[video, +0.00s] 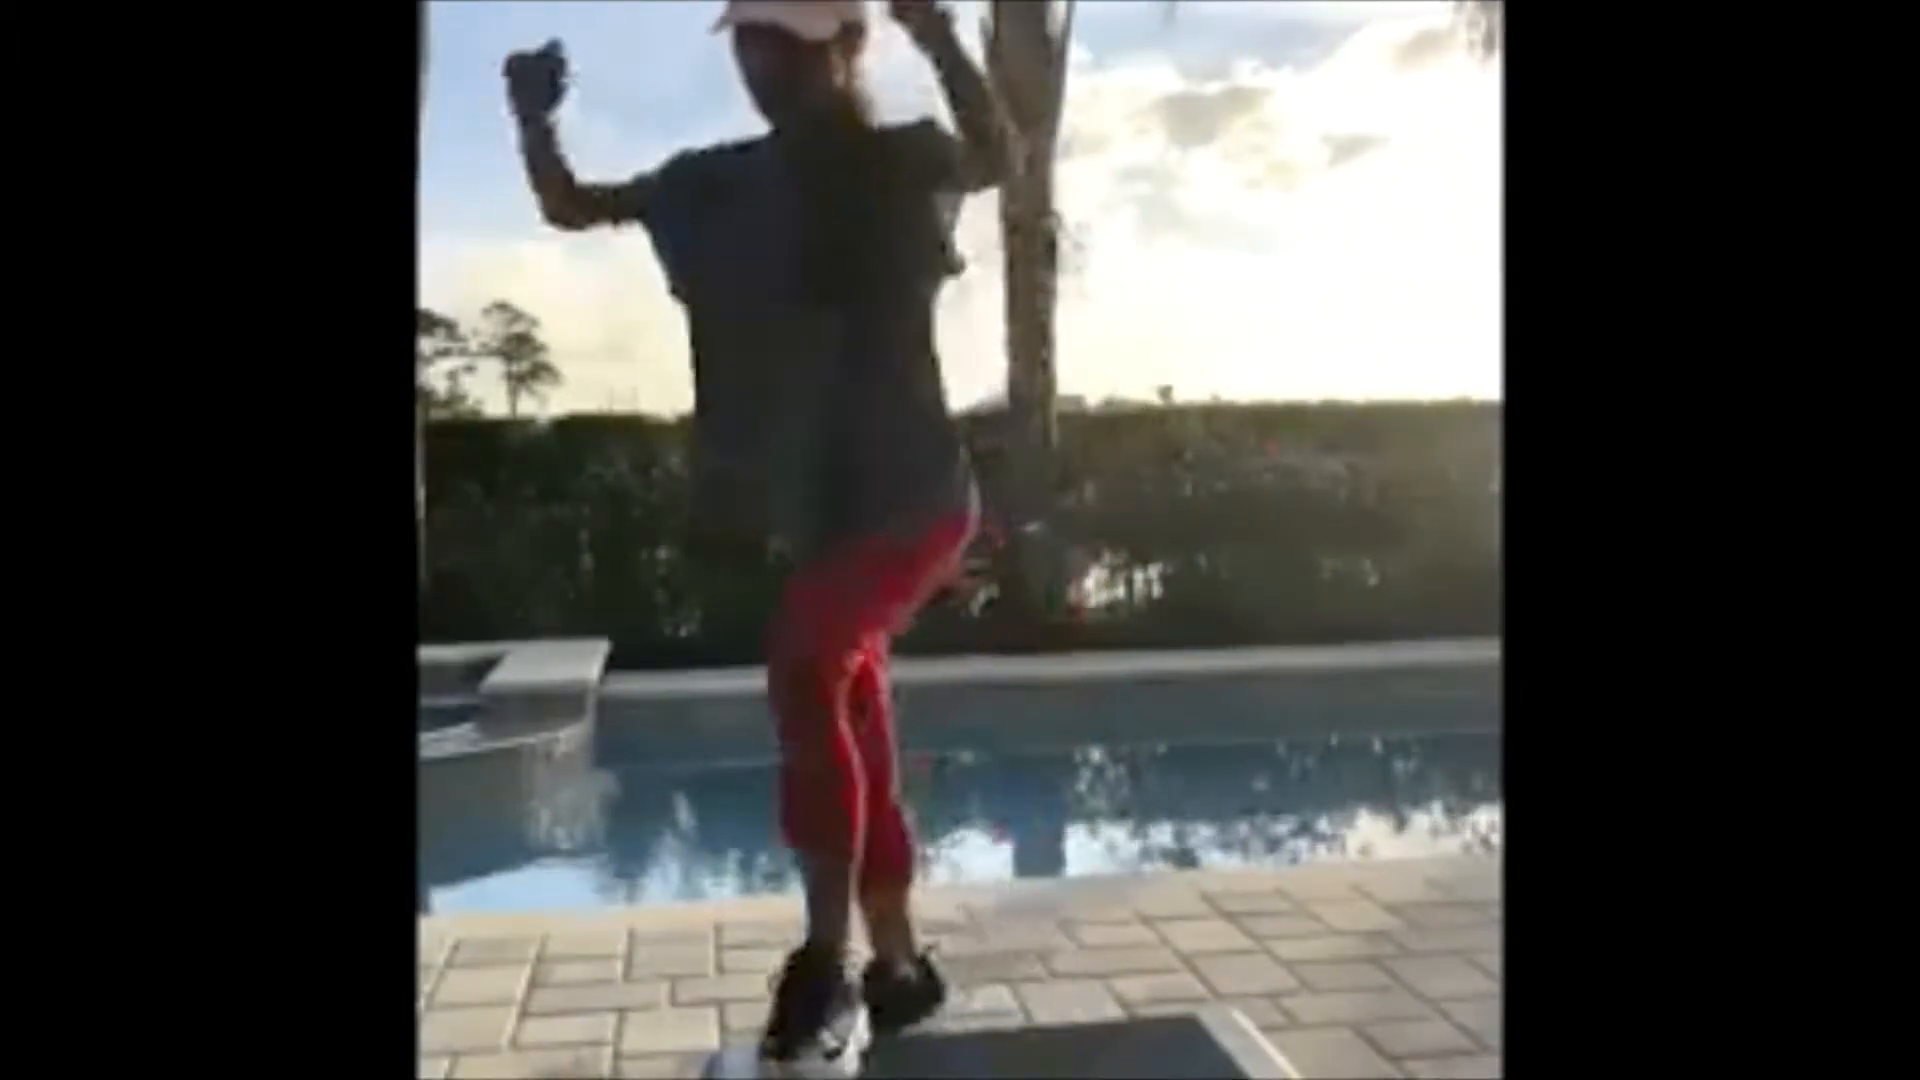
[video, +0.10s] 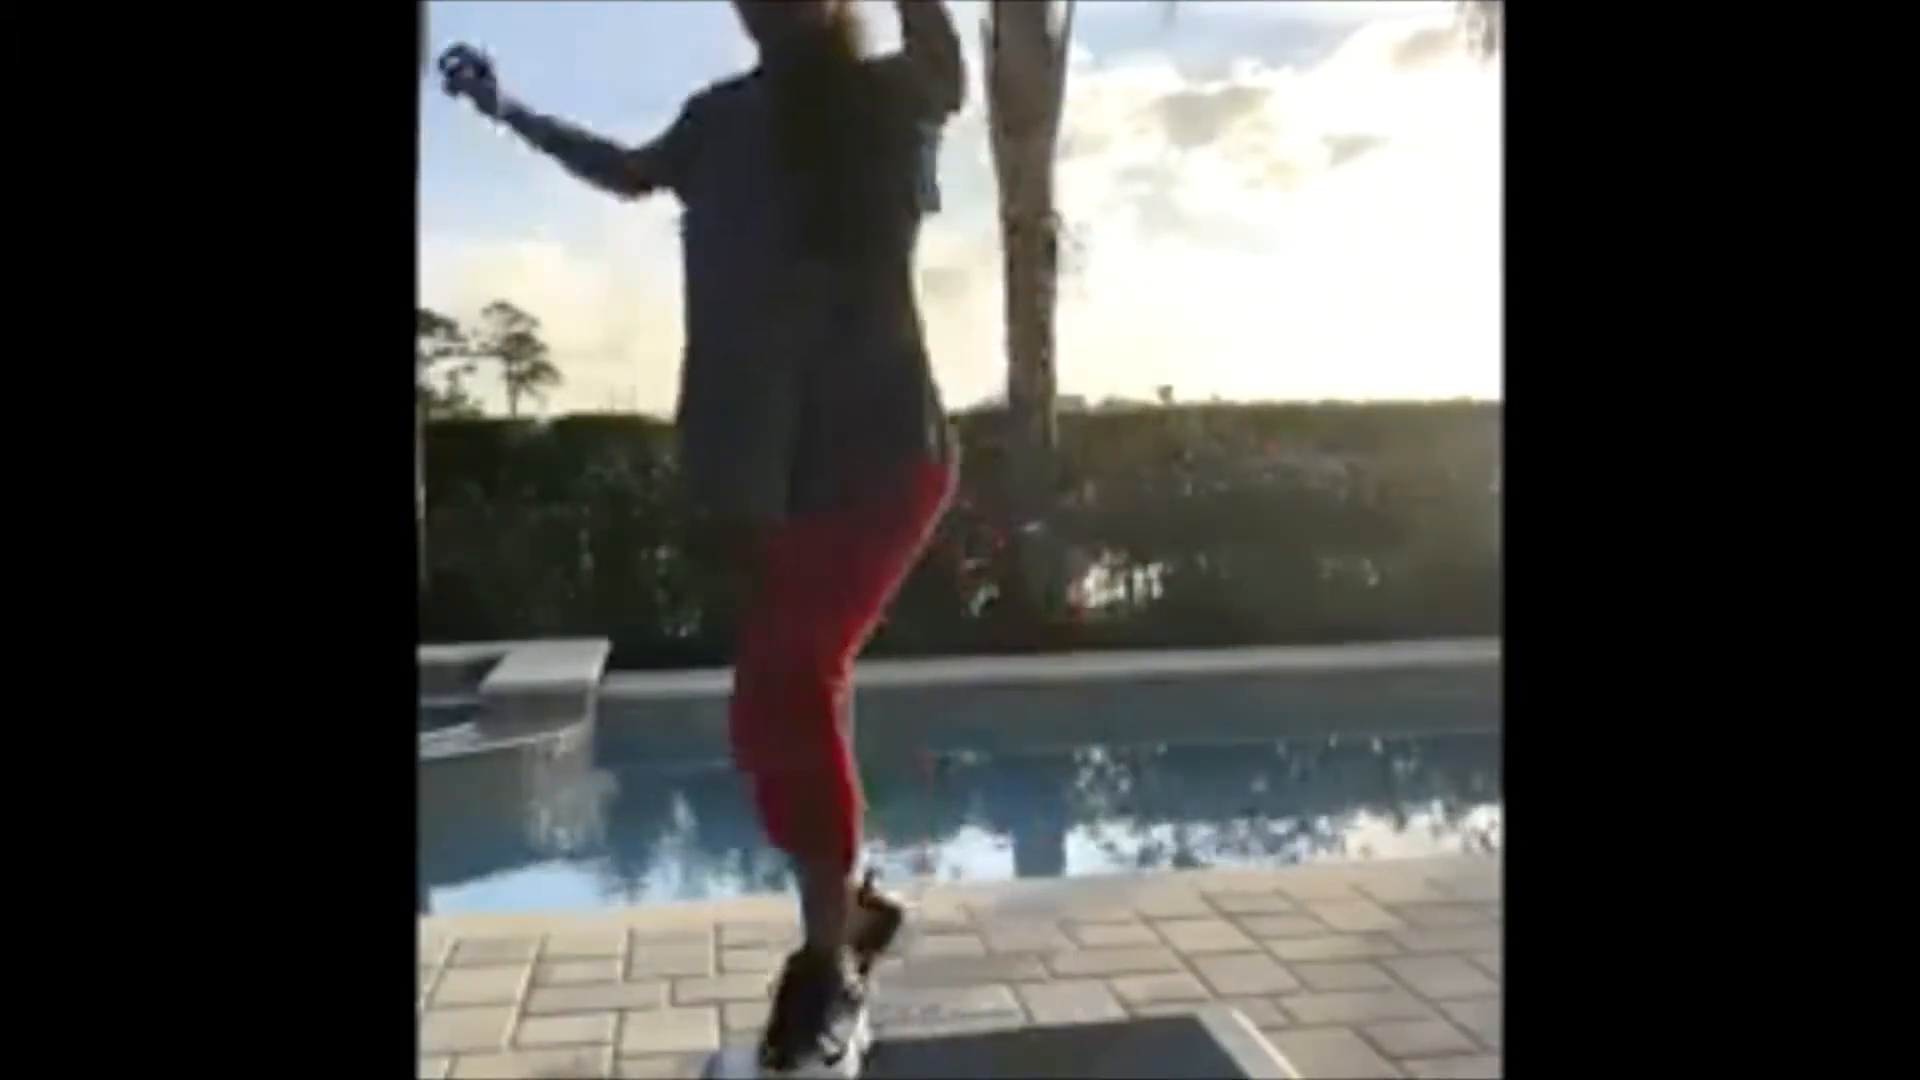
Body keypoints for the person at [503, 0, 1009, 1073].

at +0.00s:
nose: (762, 62)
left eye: (782, 39)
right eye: (748, 42)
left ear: (837, 45)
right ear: (738, 52)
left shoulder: (903, 157)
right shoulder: (713, 178)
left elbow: (1001, 152)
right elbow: (570, 206)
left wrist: (937, 34)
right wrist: (535, 114)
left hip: (915, 494)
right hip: (800, 503)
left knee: (806, 655)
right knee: (856, 722)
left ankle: (826, 961)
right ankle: (897, 961)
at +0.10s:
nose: (770, 11)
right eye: (756, 2)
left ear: (833, 2)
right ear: (743, 14)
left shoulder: (883, 90)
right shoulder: (720, 110)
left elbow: (946, 74)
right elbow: (630, 170)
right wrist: (502, 105)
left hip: (882, 440)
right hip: (755, 450)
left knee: (803, 672)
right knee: (765, 699)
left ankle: (826, 967)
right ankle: (850, 903)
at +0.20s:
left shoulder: (856, 33)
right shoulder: (729, 63)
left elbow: (871, 169)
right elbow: (712, 179)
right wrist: (551, 178)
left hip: (866, 406)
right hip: (751, 405)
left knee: (816, 661)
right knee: (648, 599)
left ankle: (825, 972)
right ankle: (760, 790)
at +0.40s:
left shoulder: (771, 33)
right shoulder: (731, 51)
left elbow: (804, 230)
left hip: (828, 386)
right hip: (738, 383)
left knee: (817, 668)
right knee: (564, 199)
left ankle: (824, 973)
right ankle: (612, 514)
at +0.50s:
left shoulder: (767, 43)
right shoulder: (703, 66)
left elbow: (761, 253)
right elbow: (716, 261)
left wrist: (662, 360)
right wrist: (650, 357)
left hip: (799, 397)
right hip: (706, 380)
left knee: (800, 686)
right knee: (534, 208)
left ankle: (824, 972)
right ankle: (612, 528)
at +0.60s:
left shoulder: (763, 27)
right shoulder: (676, 50)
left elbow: (759, 238)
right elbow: (703, 261)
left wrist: (635, 280)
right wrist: (605, 306)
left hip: (779, 389)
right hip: (686, 378)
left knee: (787, 671)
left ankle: (825, 966)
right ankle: (579, 639)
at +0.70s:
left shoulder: (790, 57)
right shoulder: (621, 65)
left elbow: (791, 204)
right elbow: (614, 236)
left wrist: (687, 118)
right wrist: (466, 268)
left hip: (745, 396)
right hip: (624, 391)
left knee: (747, 679)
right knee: (500, 596)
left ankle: (822, 961)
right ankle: (548, 790)